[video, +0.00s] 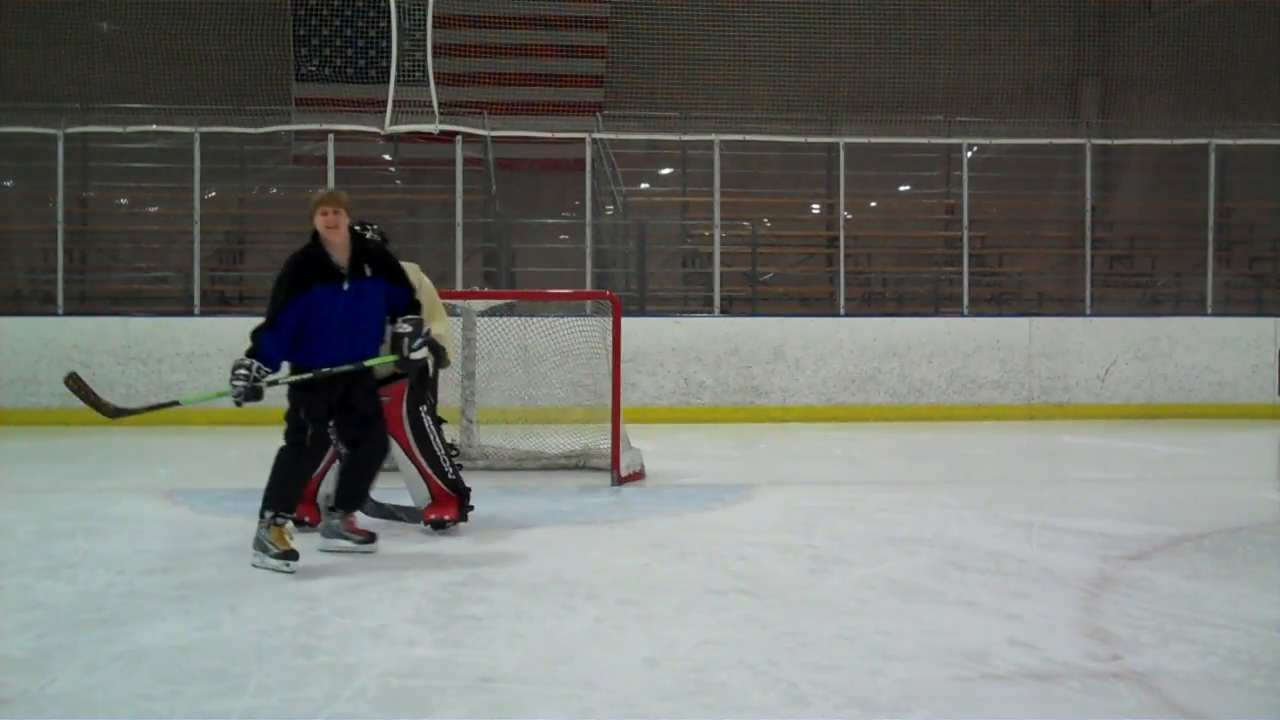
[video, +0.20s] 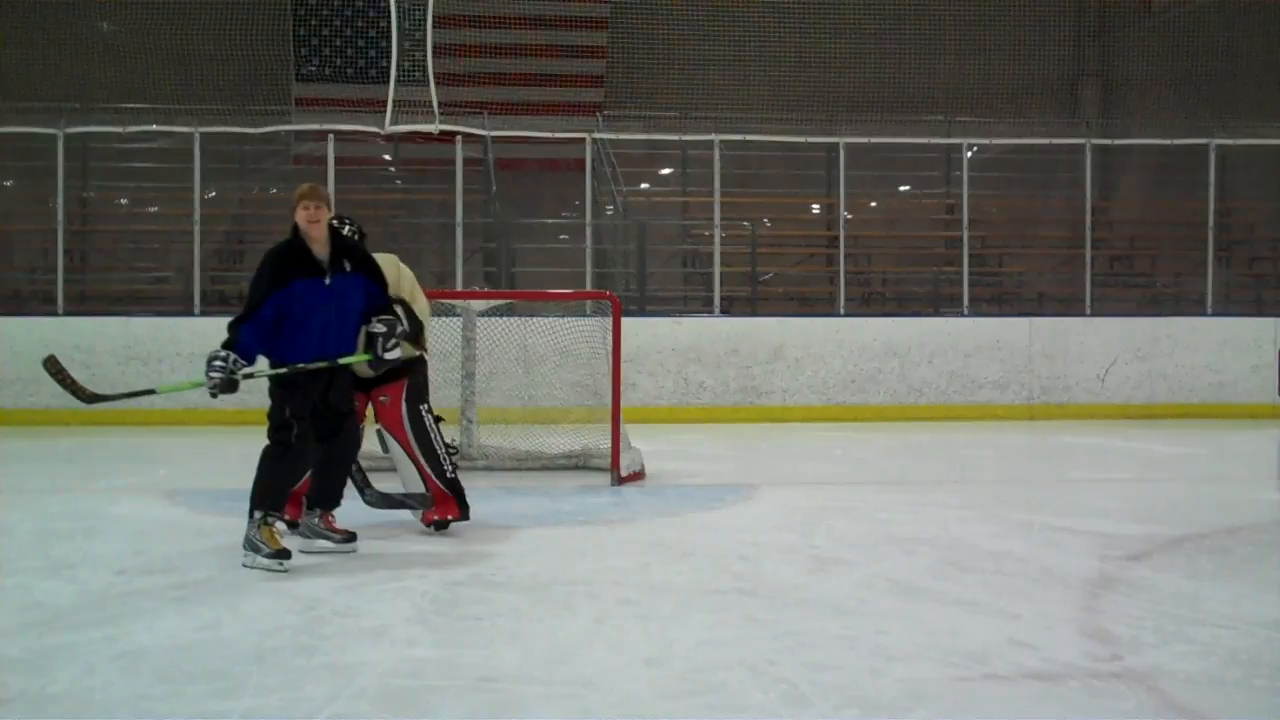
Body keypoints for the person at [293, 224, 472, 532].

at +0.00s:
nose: (361, 253)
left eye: (367, 244)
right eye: (354, 245)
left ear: (380, 245)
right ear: (346, 249)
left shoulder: (407, 274)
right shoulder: (338, 283)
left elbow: (438, 322)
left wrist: (432, 349)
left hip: (400, 373)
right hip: (351, 376)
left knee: (412, 431)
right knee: (328, 439)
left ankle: (448, 497)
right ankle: (307, 500)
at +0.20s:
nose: (338, 248)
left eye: (343, 240)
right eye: (332, 242)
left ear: (355, 240)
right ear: (325, 246)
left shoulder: (388, 267)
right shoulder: (321, 280)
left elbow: (419, 316)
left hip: (397, 368)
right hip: (345, 372)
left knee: (411, 431)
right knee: (328, 437)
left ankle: (448, 501)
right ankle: (297, 503)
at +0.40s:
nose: (331, 243)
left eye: (337, 236)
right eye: (326, 237)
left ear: (351, 237)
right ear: (318, 241)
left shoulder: (377, 262)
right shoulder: (315, 272)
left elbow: (392, 302)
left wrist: (372, 322)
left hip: (389, 365)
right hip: (338, 368)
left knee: (412, 432)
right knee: (320, 439)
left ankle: (446, 500)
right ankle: (291, 502)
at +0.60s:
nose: (366, 243)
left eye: (373, 237)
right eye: (360, 236)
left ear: (384, 243)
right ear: (350, 239)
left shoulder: (395, 272)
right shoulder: (337, 269)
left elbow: (396, 311)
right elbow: (316, 306)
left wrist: (372, 327)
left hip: (392, 368)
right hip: (346, 372)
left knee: (424, 435)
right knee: (322, 440)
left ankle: (448, 504)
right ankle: (291, 503)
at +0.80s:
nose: (403, 256)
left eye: (410, 251)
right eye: (398, 248)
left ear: (420, 256)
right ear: (388, 250)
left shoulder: (430, 290)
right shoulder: (359, 276)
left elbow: (418, 338)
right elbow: (326, 302)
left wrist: (374, 331)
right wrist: (343, 326)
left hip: (407, 377)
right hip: (359, 376)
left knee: (430, 440)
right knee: (337, 441)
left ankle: (455, 506)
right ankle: (294, 502)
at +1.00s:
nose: (424, 255)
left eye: (432, 250)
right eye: (420, 247)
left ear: (443, 255)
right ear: (410, 248)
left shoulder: (455, 290)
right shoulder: (378, 278)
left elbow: (458, 350)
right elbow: (357, 334)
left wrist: (421, 374)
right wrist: (358, 372)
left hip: (428, 377)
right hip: (378, 374)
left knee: (444, 432)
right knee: (345, 432)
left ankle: (470, 503)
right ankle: (307, 501)